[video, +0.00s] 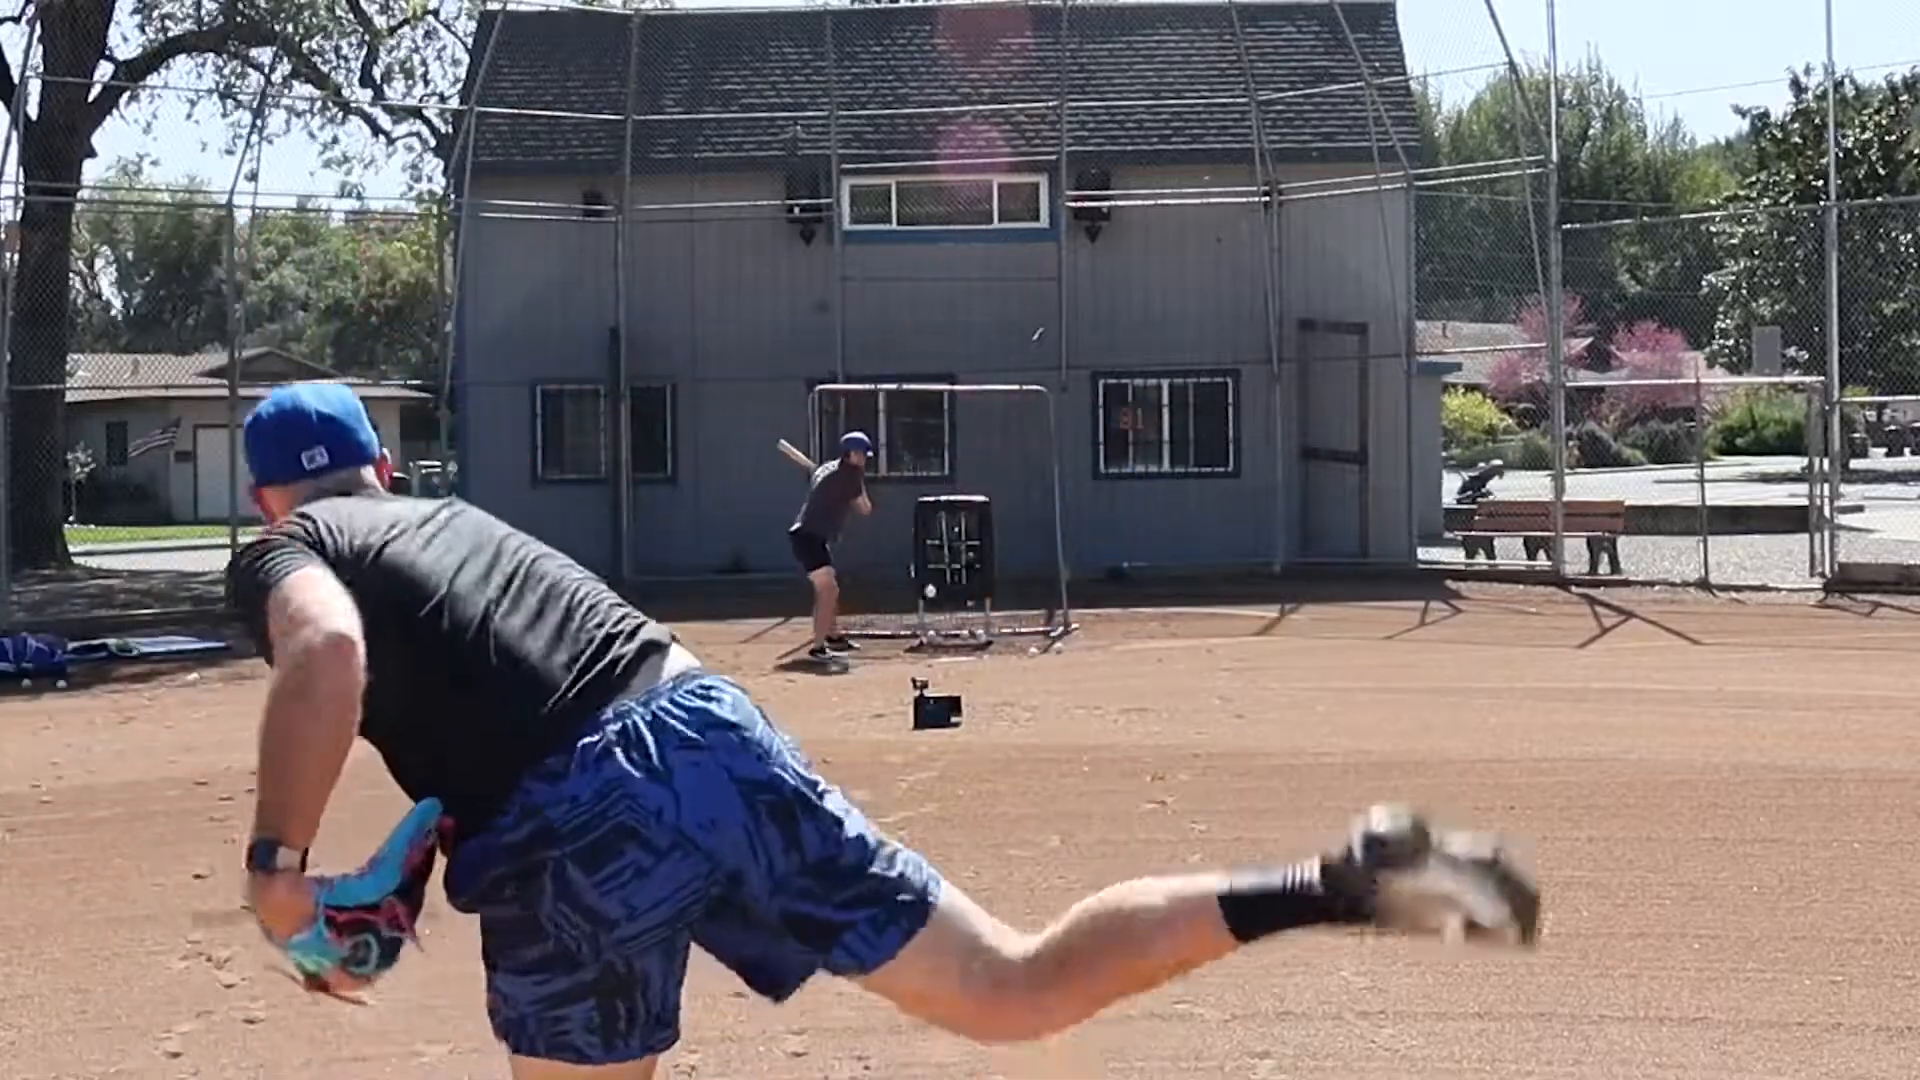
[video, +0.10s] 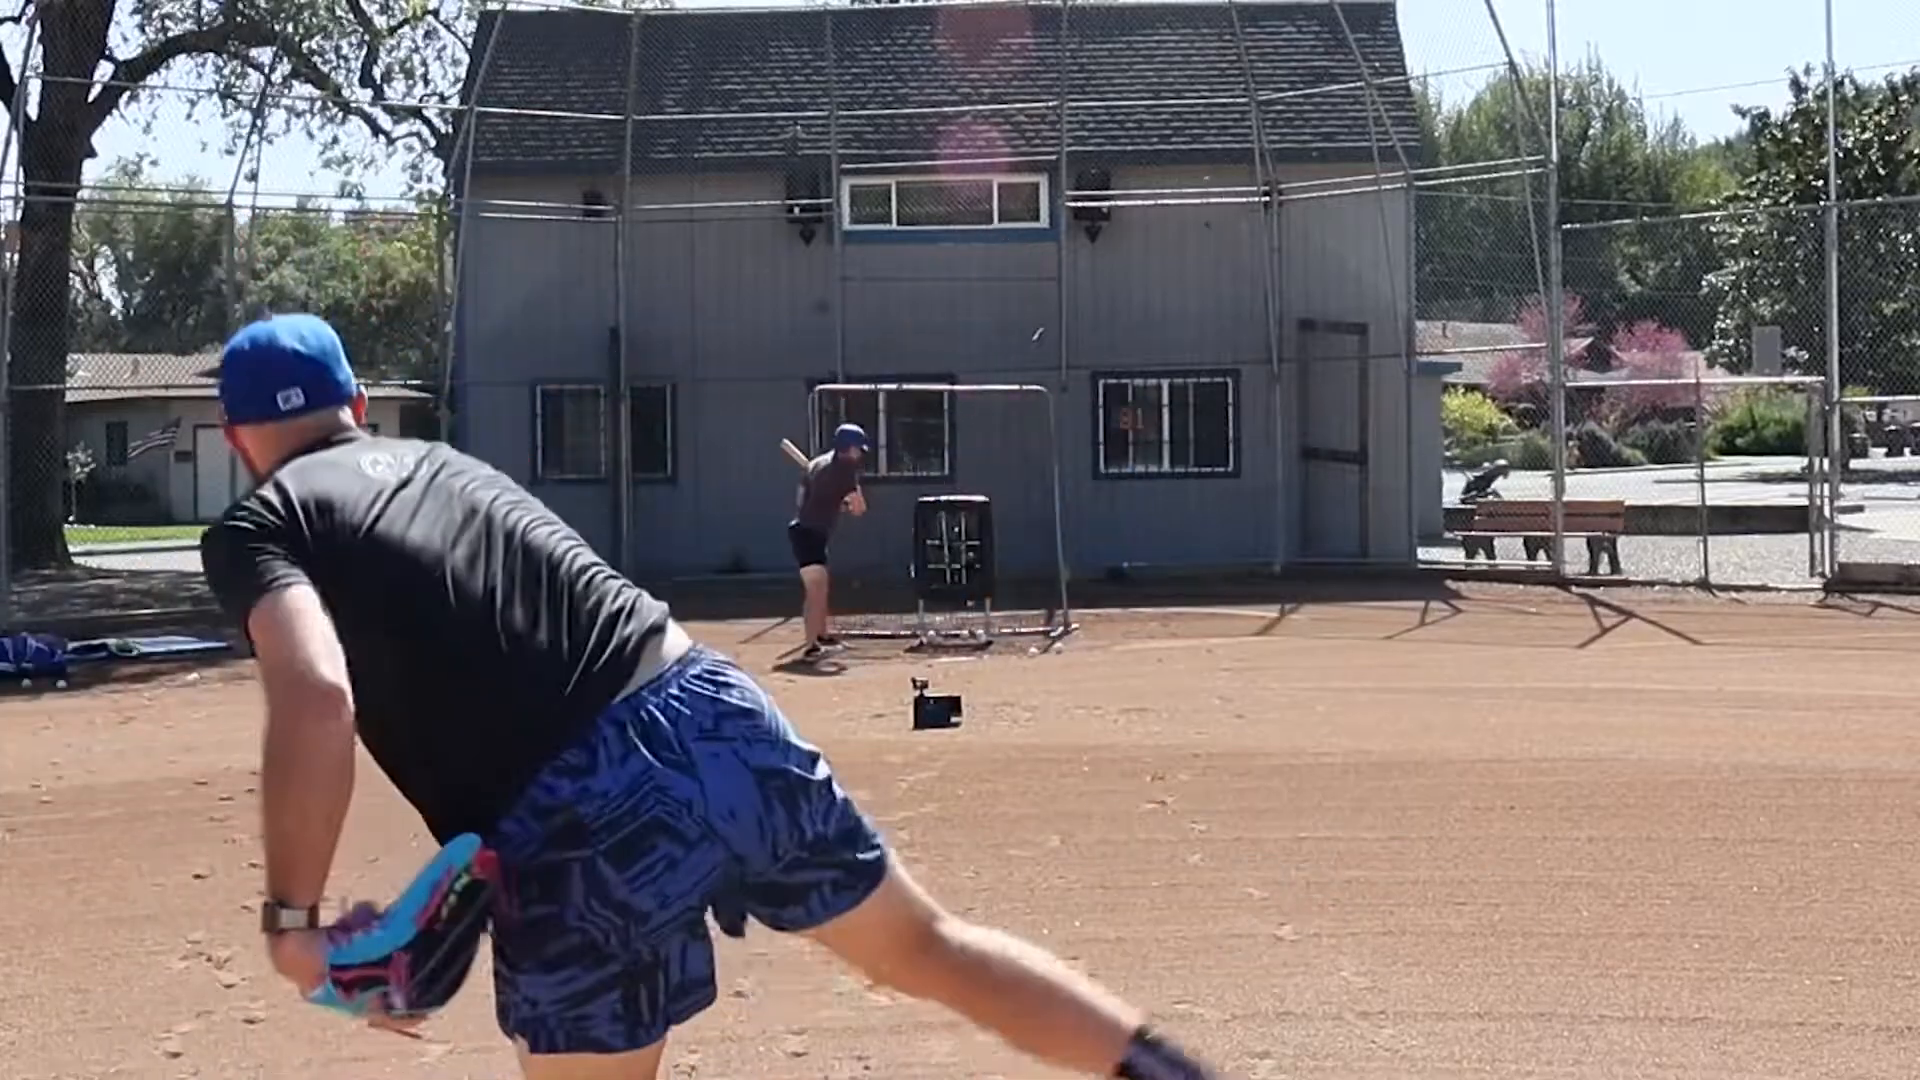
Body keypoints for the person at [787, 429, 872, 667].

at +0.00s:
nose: (864, 459)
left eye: (865, 454)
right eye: (861, 454)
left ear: (848, 455)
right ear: (850, 454)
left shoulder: (828, 467)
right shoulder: (849, 474)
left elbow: (814, 471)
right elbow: (864, 508)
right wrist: (858, 481)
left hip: (808, 534)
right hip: (810, 536)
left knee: (830, 589)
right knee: (827, 589)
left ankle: (832, 633)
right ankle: (818, 645)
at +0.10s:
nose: (860, 454)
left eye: (861, 449)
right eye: (858, 449)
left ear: (842, 449)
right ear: (847, 449)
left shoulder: (820, 464)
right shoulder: (842, 468)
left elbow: (821, 498)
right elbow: (858, 506)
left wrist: (848, 506)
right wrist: (854, 502)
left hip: (811, 528)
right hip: (809, 530)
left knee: (819, 582)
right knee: (816, 583)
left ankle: (821, 633)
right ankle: (811, 642)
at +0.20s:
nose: (852, 453)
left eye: (852, 448)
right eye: (850, 448)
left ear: (832, 446)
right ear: (840, 448)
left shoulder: (810, 464)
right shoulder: (836, 470)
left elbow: (792, 501)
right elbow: (846, 506)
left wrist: (818, 516)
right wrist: (850, 521)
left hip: (805, 531)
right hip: (813, 534)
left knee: (816, 588)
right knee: (814, 590)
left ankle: (819, 635)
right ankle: (811, 643)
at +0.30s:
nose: (838, 452)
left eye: (839, 447)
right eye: (836, 447)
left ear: (820, 444)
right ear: (828, 446)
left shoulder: (801, 466)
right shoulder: (823, 470)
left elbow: (793, 503)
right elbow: (832, 506)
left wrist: (802, 522)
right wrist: (845, 534)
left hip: (804, 530)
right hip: (815, 532)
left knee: (817, 586)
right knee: (817, 588)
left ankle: (819, 633)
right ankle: (811, 643)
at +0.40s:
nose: (832, 452)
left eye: (832, 447)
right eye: (830, 447)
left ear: (813, 444)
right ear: (823, 445)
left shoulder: (797, 467)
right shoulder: (819, 469)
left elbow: (793, 505)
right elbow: (822, 509)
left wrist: (802, 525)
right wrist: (837, 535)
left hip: (803, 531)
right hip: (815, 533)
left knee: (817, 587)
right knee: (817, 589)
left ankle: (819, 634)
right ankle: (812, 642)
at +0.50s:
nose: (828, 451)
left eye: (829, 446)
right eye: (826, 446)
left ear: (808, 443)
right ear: (817, 444)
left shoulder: (796, 466)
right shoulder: (814, 471)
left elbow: (793, 507)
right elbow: (819, 512)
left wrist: (804, 527)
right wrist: (834, 543)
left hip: (804, 533)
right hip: (814, 534)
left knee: (817, 588)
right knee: (817, 590)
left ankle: (819, 634)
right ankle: (812, 643)